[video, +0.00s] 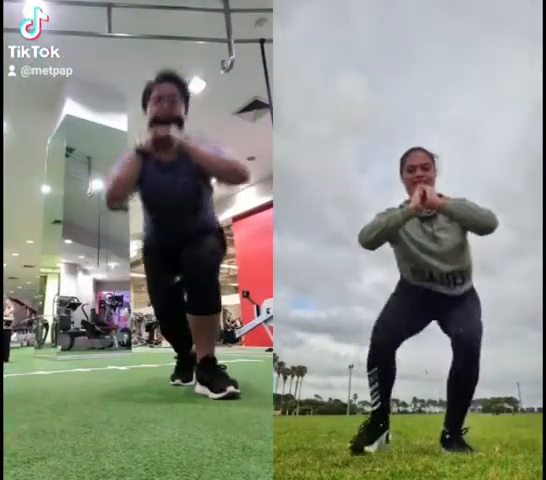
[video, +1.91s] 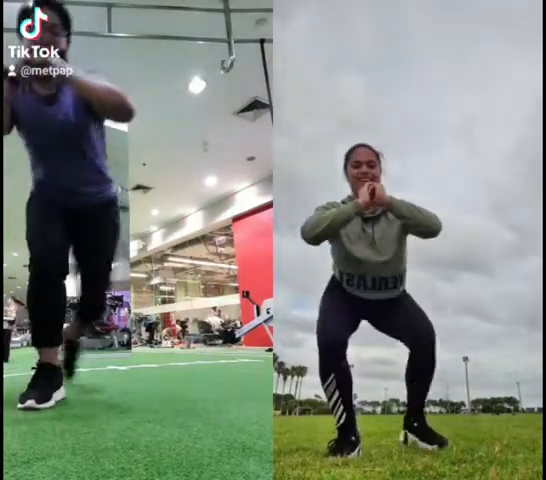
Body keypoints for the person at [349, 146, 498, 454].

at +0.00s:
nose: (420, 175)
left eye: (426, 169)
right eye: (412, 170)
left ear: (436, 173)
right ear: (402, 177)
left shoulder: (455, 207)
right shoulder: (396, 216)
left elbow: (489, 224)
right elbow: (366, 240)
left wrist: (442, 206)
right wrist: (410, 211)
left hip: (459, 299)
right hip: (413, 296)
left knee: (469, 348)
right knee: (381, 342)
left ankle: (453, 434)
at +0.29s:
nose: (403, 218)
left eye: (410, 212)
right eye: (396, 212)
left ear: (420, 219)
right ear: (386, 220)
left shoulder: (436, 256)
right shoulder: (374, 257)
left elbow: (474, 275)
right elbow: (341, 286)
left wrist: (424, 249)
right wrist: (391, 254)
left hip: (431, 341)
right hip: (386, 341)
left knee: (458, 343)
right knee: (352, 344)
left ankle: (451, 437)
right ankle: (349, 438)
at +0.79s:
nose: (369, 186)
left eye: (376, 181)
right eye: (363, 181)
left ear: (386, 185)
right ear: (352, 186)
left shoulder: (401, 223)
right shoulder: (342, 220)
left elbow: (438, 239)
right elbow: (314, 243)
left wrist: (392, 214)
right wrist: (363, 217)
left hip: (392, 306)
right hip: (348, 304)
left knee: (424, 336)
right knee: (334, 344)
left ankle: (431, 428)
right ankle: (348, 437)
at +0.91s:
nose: (356, 186)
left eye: (363, 180)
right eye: (349, 180)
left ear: (373, 186)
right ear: (339, 186)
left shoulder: (387, 221)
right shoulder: (331, 224)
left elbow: (418, 234)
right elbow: (299, 243)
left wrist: (374, 208)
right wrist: (345, 213)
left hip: (380, 306)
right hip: (339, 300)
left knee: (384, 384)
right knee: (333, 350)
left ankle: (345, 387)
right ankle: (349, 438)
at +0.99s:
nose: (351, 193)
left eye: (359, 187)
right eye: (344, 187)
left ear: (368, 194)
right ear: (335, 194)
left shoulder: (382, 228)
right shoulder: (327, 231)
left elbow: (411, 241)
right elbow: (294, 250)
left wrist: (368, 214)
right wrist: (340, 219)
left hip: (376, 314)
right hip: (336, 306)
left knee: (363, 404)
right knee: (332, 348)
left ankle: (328, 399)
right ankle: (348, 434)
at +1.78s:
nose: (353, 174)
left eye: (359, 169)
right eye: (345, 169)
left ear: (369, 175)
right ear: (335, 175)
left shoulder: (385, 212)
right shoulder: (327, 213)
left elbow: (419, 226)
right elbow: (295, 235)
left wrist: (373, 201)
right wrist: (342, 207)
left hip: (380, 300)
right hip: (338, 294)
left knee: (389, 375)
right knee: (327, 346)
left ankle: (349, 405)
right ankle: (349, 433)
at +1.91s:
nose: (365, 172)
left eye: (371, 166)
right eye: (357, 166)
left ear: (381, 172)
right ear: (346, 174)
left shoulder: (397, 212)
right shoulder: (335, 210)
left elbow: (434, 228)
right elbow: (309, 234)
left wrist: (388, 202)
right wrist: (357, 207)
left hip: (390, 300)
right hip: (344, 298)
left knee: (424, 339)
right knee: (329, 347)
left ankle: (415, 423)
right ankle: (348, 436)